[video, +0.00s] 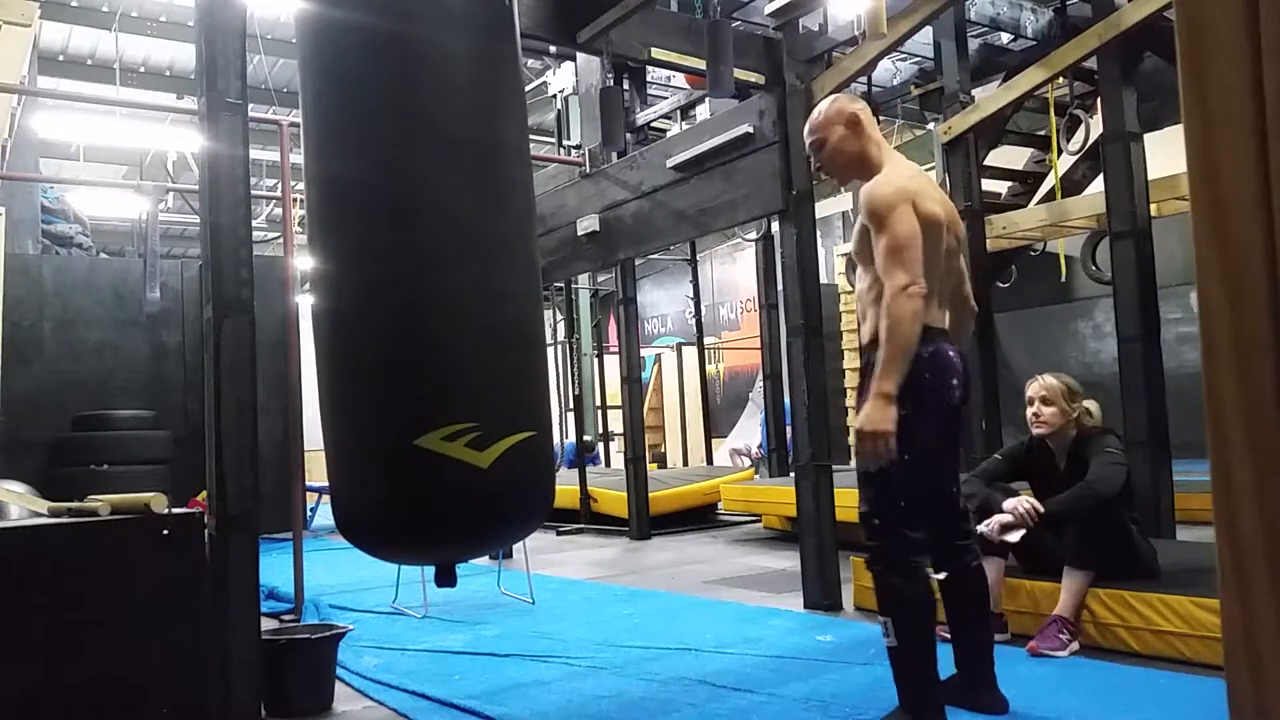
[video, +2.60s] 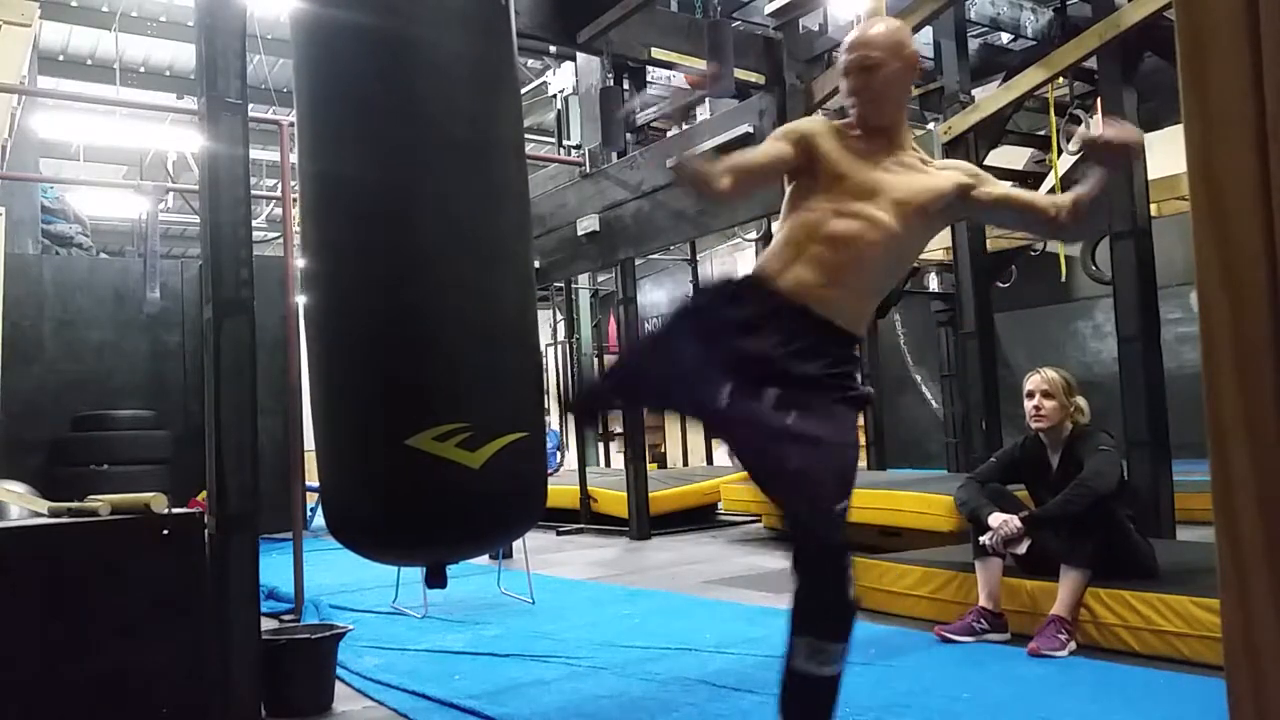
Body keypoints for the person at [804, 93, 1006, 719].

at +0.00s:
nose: (818, 165)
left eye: (819, 147)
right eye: (812, 154)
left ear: (857, 125)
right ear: (866, 128)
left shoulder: (883, 190)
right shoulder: (931, 189)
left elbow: (906, 292)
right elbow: (961, 302)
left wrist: (881, 396)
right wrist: (941, 374)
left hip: (906, 368)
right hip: (943, 365)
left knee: (890, 538)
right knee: (948, 529)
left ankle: (917, 700)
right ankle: (977, 679)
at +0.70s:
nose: (831, 166)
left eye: (838, 150)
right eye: (826, 155)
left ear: (877, 133)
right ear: (872, 139)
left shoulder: (902, 193)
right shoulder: (909, 194)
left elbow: (907, 288)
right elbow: (923, 316)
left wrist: (803, 321)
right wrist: (856, 371)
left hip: (896, 377)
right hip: (910, 376)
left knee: (860, 537)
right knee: (919, 534)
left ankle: (896, 704)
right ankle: (974, 679)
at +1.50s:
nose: (840, 155)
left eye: (849, 141)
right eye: (836, 143)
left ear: (887, 133)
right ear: (892, 138)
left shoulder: (892, 196)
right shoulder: (932, 195)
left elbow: (895, 300)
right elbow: (954, 308)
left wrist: (858, 395)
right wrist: (861, 343)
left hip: (902, 373)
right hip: (938, 370)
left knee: (873, 546)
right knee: (936, 533)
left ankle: (901, 706)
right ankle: (987, 681)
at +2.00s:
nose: (836, 125)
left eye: (846, 111)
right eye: (833, 114)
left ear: (882, 107)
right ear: (887, 113)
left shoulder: (886, 163)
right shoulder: (928, 172)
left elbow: (904, 246)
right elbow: (975, 275)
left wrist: (806, 290)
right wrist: (904, 303)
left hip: (881, 341)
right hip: (925, 343)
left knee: (838, 515)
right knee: (911, 517)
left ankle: (874, 691)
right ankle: (960, 670)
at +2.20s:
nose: (817, 143)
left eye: (827, 129)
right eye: (814, 132)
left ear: (871, 125)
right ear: (872, 134)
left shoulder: (849, 182)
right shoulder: (914, 199)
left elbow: (808, 237)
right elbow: (977, 299)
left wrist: (694, 248)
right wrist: (918, 348)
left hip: (873, 378)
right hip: (914, 379)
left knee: (828, 549)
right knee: (883, 552)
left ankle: (825, 711)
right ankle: (942, 695)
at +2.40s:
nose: (808, 122)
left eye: (821, 107)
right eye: (803, 112)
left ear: (863, 106)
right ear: (803, 119)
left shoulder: (875, 175)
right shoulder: (836, 191)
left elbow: (959, 220)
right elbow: (809, 299)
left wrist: (951, 291)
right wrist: (737, 278)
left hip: (854, 389)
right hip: (828, 389)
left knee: (770, 547)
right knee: (851, 539)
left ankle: (790, 711)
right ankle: (935, 673)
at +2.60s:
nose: (848, 78)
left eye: (865, 63)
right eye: (844, 65)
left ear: (912, 74)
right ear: (839, 74)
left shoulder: (951, 179)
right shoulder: (811, 137)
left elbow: (1067, 214)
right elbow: (721, 181)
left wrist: (1107, 167)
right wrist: (679, 146)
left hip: (821, 365)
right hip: (739, 320)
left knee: (823, 545)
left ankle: (804, 713)